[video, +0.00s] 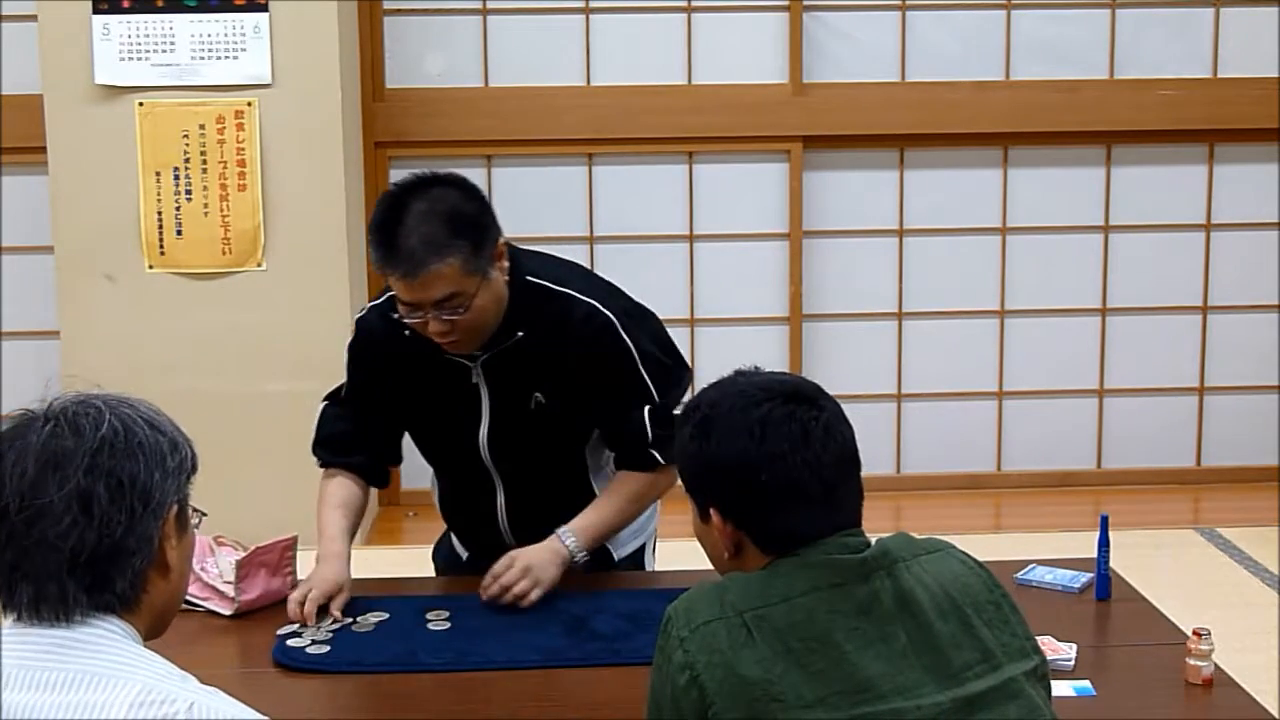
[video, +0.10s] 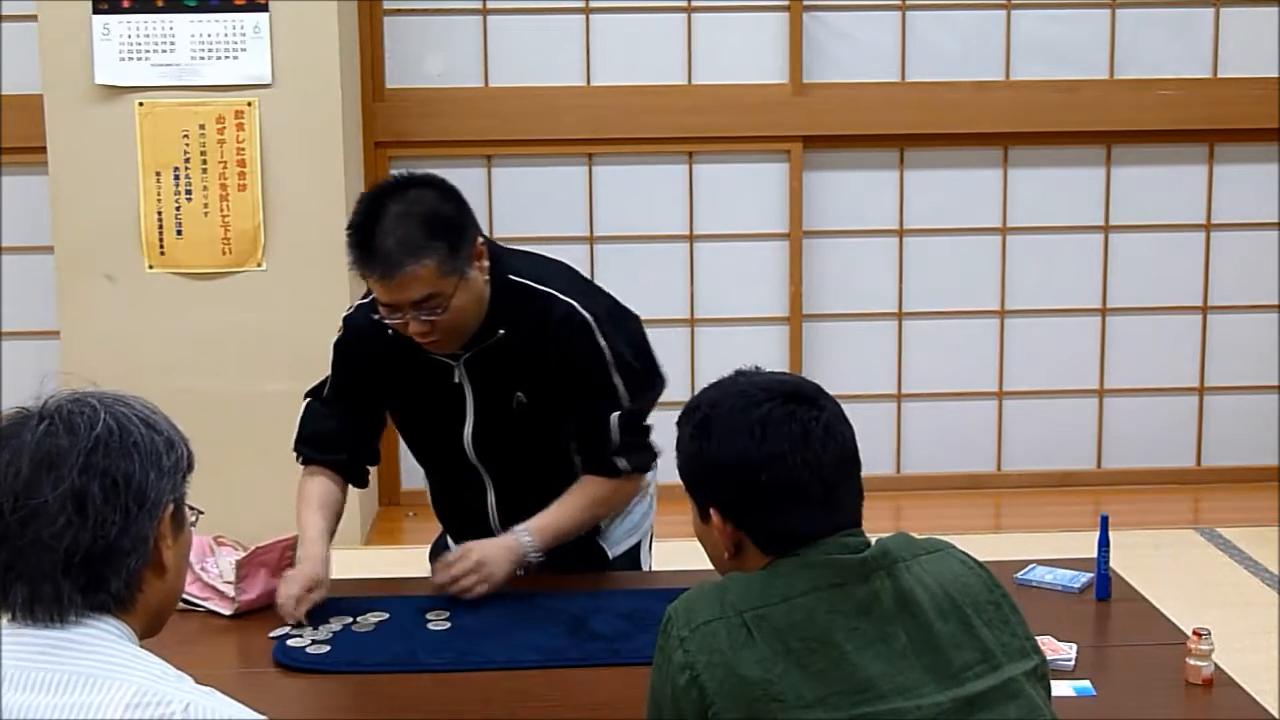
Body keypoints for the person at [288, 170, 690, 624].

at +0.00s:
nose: (435, 326)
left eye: (453, 304)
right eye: (412, 309)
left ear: (499, 262)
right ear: (390, 283)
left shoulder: (593, 320)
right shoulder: (383, 336)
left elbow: (657, 452)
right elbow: (351, 450)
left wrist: (560, 547)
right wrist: (332, 556)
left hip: (597, 559)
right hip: (472, 559)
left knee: (594, 704)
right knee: (464, 706)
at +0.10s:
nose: (414, 327)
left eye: (430, 305)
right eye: (392, 310)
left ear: (479, 260)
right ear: (372, 283)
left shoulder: (571, 318)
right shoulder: (370, 331)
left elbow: (623, 467)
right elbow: (330, 446)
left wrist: (515, 546)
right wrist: (312, 555)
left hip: (590, 551)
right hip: (469, 553)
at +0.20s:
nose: (403, 326)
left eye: (418, 305)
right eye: (382, 310)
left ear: (468, 258)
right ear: (363, 284)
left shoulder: (561, 319)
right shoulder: (364, 332)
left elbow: (594, 475)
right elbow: (329, 444)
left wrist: (476, 546)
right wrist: (309, 540)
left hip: (585, 536)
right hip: (469, 546)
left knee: (591, 699)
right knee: (482, 695)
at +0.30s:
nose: (396, 325)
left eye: (409, 302)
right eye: (373, 309)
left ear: (457, 255)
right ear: (354, 286)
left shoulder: (553, 317)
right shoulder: (359, 330)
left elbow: (564, 477)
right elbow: (329, 447)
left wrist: (448, 548)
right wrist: (313, 542)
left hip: (583, 525)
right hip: (468, 532)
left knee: (587, 692)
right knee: (483, 688)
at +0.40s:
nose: (387, 325)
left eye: (400, 301)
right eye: (364, 308)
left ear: (447, 252)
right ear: (344, 285)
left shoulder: (546, 314)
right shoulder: (353, 328)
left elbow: (561, 473)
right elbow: (328, 444)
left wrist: (446, 546)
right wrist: (317, 542)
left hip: (581, 521)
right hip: (464, 529)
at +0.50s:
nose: (381, 325)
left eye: (393, 301)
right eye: (359, 310)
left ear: (440, 253)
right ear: (339, 288)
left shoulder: (539, 311)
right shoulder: (349, 331)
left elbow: (562, 470)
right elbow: (326, 442)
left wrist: (447, 545)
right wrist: (317, 538)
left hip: (580, 520)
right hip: (464, 528)